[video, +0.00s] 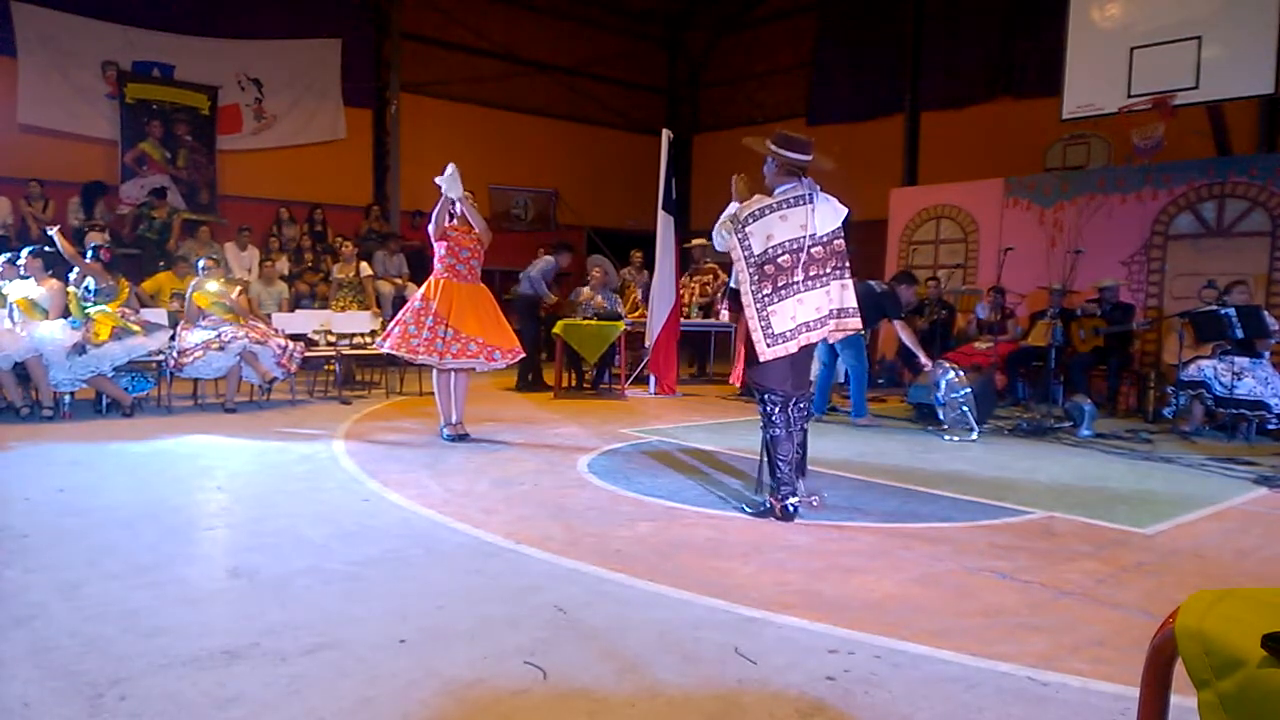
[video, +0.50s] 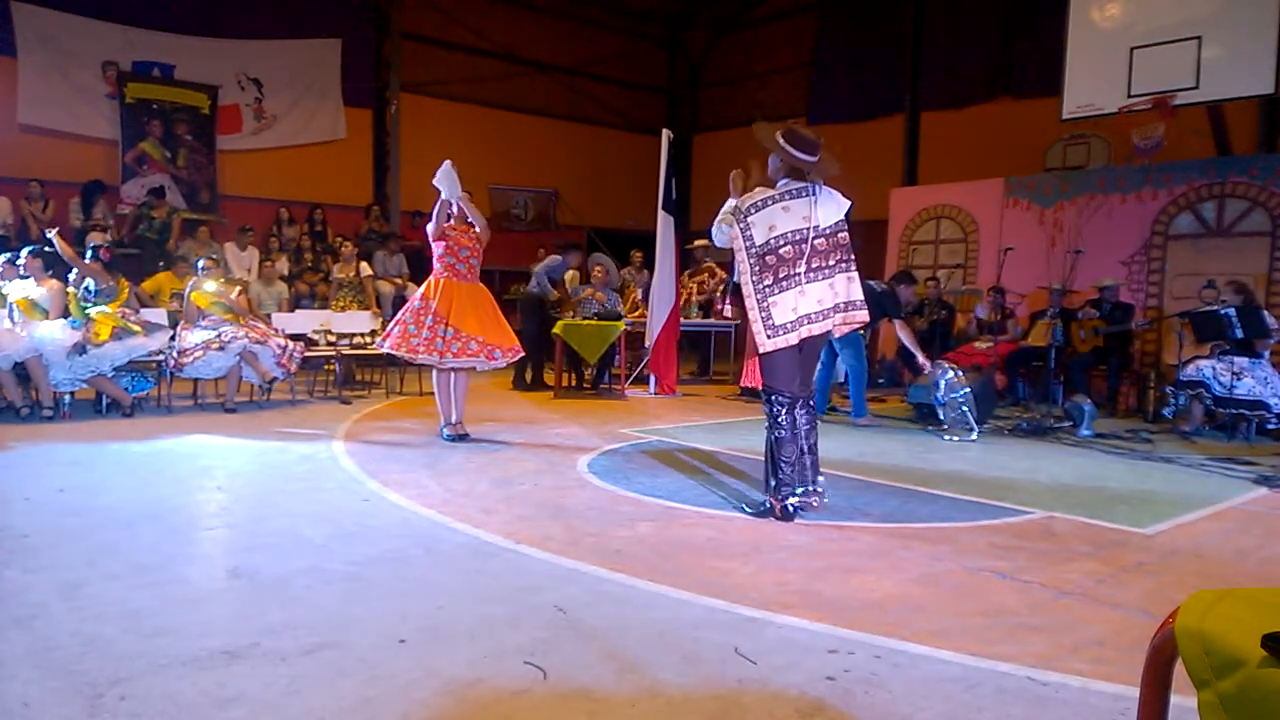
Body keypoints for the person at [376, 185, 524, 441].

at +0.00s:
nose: (462, 208)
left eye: (467, 203)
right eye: (459, 205)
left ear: (474, 209)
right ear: (452, 209)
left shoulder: (481, 237)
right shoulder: (441, 233)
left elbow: (482, 226)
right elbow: (436, 223)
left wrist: (461, 197)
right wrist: (445, 195)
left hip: (469, 296)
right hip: (442, 294)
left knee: (463, 364)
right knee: (443, 364)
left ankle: (458, 421)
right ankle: (445, 422)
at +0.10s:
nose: (463, 208)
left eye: (468, 204)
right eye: (459, 205)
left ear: (474, 209)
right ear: (452, 209)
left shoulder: (481, 237)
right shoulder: (441, 233)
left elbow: (481, 226)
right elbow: (436, 223)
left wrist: (462, 201)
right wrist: (445, 197)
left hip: (470, 296)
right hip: (443, 294)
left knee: (463, 364)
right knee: (443, 363)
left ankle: (459, 421)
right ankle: (446, 422)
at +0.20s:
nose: (461, 210)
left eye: (466, 205)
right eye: (457, 207)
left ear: (473, 209)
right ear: (451, 211)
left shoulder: (480, 237)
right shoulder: (441, 233)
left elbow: (481, 226)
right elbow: (436, 224)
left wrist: (464, 203)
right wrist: (444, 197)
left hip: (469, 296)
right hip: (442, 295)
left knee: (463, 364)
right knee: (443, 364)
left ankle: (459, 421)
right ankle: (446, 422)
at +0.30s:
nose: (458, 210)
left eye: (462, 206)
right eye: (454, 208)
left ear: (469, 209)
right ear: (449, 211)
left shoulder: (480, 237)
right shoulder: (440, 233)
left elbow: (481, 224)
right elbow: (436, 223)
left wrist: (465, 200)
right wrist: (443, 197)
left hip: (469, 296)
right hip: (442, 295)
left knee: (463, 364)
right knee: (443, 364)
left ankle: (459, 421)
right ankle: (446, 422)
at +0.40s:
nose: (460, 210)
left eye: (464, 205)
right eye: (455, 206)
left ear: (469, 210)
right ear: (449, 210)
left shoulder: (479, 237)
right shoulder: (439, 233)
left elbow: (481, 224)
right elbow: (436, 222)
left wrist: (462, 199)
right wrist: (444, 194)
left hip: (468, 295)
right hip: (442, 294)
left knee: (463, 364)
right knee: (443, 363)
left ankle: (459, 421)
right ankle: (445, 422)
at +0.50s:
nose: (458, 210)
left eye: (461, 207)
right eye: (454, 207)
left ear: (467, 210)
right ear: (447, 211)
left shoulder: (478, 236)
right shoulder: (438, 232)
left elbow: (482, 223)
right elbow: (437, 223)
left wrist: (462, 198)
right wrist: (444, 196)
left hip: (469, 295)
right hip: (442, 294)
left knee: (463, 364)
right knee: (443, 363)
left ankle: (458, 421)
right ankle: (446, 422)